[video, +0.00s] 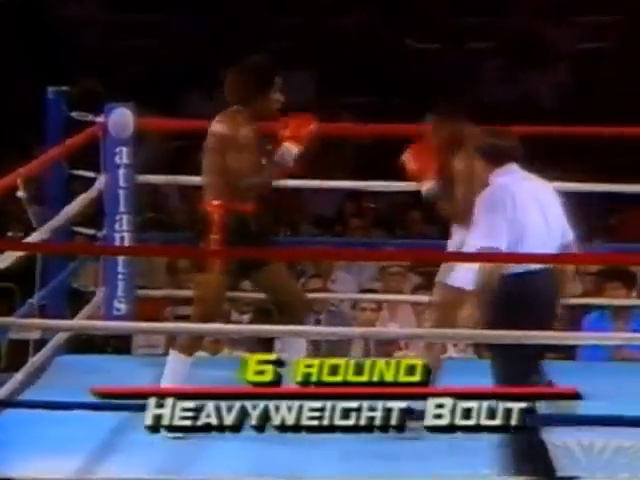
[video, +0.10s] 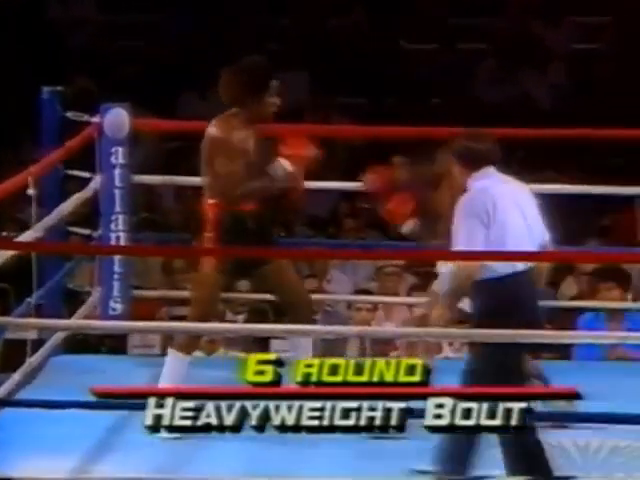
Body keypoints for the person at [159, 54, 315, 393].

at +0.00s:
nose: (281, 98)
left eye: (280, 90)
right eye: (274, 91)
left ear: (253, 94)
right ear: (255, 94)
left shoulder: (244, 126)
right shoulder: (232, 126)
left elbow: (250, 177)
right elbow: (244, 181)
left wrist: (280, 152)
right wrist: (283, 159)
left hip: (244, 224)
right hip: (222, 223)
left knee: (294, 303)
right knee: (206, 311)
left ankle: (289, 387)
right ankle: (168, 390)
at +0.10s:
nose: (276, 102)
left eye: (275, 94)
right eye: (270, 95)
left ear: (254, 99)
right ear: (250, 97)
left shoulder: (253, 132)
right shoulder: (223, 133)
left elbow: (254, 179)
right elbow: (227, 188)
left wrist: (285, 172)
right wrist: (275, 179)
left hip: (254, 232)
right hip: (222, 233)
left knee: (301, 307)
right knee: (200, 317)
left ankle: (295, 392)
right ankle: (165, 394)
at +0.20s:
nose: (290, 112)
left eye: (289, 104)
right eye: (285, 104)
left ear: (272, 108)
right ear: (269, 106)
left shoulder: (279, 139)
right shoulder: (226, 136)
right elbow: (229, 191)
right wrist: (271, 165)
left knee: (298, 304)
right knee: (198, 306)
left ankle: (296, 389)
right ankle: (165, 388)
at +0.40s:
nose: (278, 128)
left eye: (282, 121)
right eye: (273, 119)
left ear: (286, 123)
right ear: (258, 117)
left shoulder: (266, 151)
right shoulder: (231, 148)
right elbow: (209, 209)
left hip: (250, 231)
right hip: (218, 231)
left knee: (288, 310)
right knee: (212, 320)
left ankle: (290, 386)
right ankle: (160, 382)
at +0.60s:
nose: (231, 106)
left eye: (222, 105)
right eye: (224, 102)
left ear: (223, 104)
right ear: (207, 100)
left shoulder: (231, 130)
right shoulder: (178, 132)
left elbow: (277, 155)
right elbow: (194, 179)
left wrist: (255, 139)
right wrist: (221, 149)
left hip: (226, 217)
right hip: (191, 219)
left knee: (262, 299)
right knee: (183, 308)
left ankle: (277, 376)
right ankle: (152, 388)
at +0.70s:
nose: (222, 83)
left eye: (224, 77)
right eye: (216, 76)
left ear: (222, 79)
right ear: (196, 77)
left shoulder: (220, 109)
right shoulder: (168, 111)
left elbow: (232, 168)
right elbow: (173, 160)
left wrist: (240, 137)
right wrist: (205, 128)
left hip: (213, 202)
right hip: (180, 202)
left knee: (248, 285)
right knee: (174, 288)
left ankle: (234, 372)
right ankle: (149, 376)